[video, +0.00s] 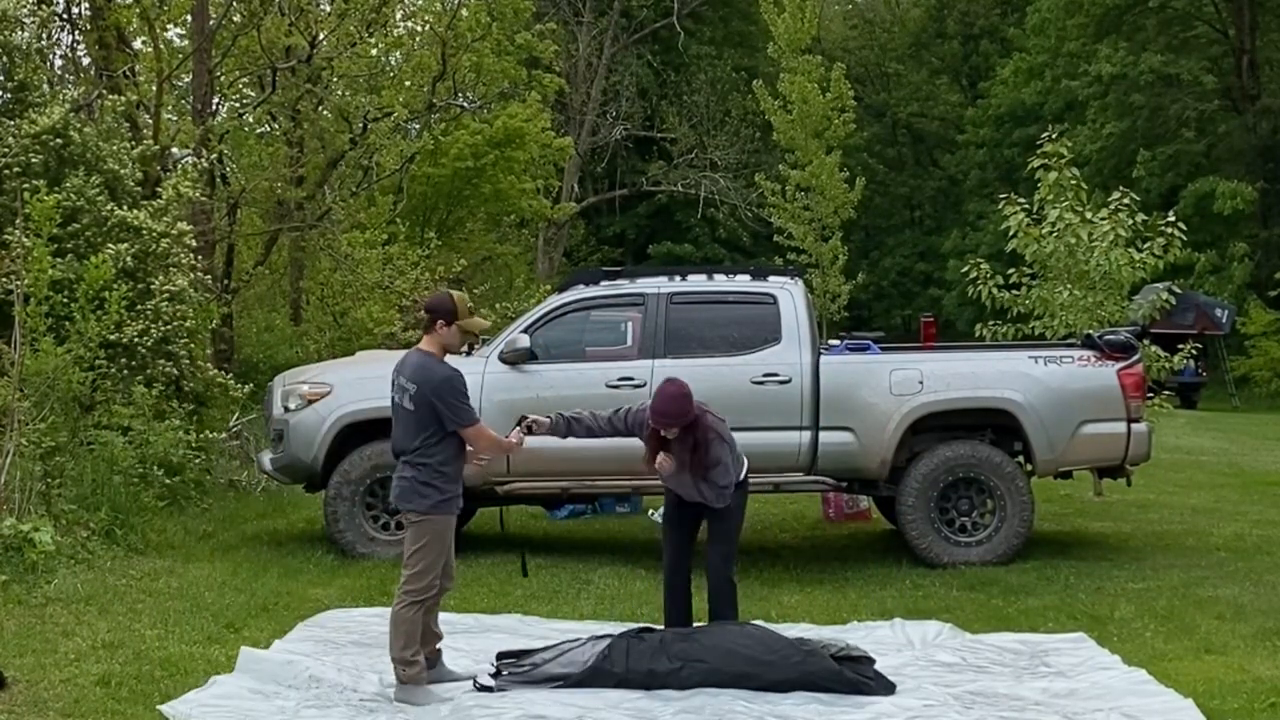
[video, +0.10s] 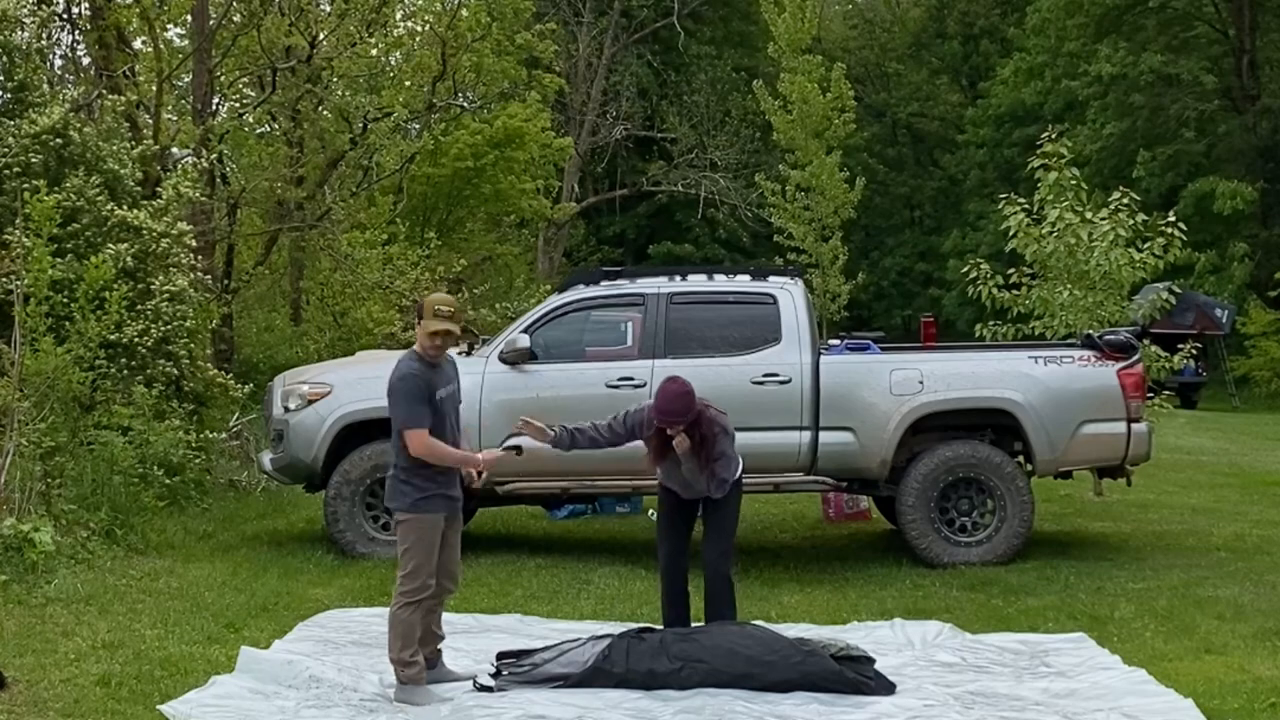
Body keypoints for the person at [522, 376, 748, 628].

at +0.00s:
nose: (665, 432)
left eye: (671, 427)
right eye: (660, 426)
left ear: (685, 420)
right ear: (653, 416)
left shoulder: (712, 435)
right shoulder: (647, 418)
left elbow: (719, 494)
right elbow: (601, 423)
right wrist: (551, 424)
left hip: (724, 491)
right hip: (681, 489)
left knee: (719, 570)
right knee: (675, 569)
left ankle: (725, 644)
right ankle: (677, 644)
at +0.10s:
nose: (669, 431)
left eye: (675, 426)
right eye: (664, 425)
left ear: (689, 418)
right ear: (656, 415)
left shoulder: (717, 428)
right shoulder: (648, 417)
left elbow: (717, 487)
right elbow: (604, 432)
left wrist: (688, 457)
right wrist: (553, 436)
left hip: (720, 488)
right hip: (675, 486)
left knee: (716, 564)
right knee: (671, 565)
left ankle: (722, 642)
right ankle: (677, 643)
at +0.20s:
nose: (682, 439)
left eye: (687, 433)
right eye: (674, 434)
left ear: (698, 422)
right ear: (664, 425)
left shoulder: (721, 435)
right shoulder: (648, 432)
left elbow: (740, 492)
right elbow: (620, 476)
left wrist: (701, 520)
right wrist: (596, 521)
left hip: (717, 494)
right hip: (672, 492)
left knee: (724, 564)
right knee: (671, 569)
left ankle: (732, 639)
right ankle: (676, 643)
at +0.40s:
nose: (702, 493)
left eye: (708, 487)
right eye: (696, 488)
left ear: (721, 478)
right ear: (686, 478)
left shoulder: (745, 477)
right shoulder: (674, 484)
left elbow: (755, 543)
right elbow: (680, 540)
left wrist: (733, 597)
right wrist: (681, 592)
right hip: (698, 505)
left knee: (764, 572)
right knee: (686, 570)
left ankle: (789, 647)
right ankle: (680, 638)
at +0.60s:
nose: (709, 488)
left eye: (716, 482)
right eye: (703, 482)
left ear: (730, 471)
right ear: (694, 470)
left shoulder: (753, 471)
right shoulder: (680, 473)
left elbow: (770, 534)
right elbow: (669, 528)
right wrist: (669, 576)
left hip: (751, 499)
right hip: (703, 503)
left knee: (767, 567)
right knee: (687, 569)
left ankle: (789, 644)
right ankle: (681, 645)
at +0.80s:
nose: (732, 464)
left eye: (738, 458)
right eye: (726, 458)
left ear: (752, 447)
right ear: (717, 447)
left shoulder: (775, 457)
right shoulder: (710, 455)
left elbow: (786, 527)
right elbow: (704, 504)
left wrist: (743, 560)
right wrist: (700, 539)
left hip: (794, 493)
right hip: (748, 493)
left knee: (790, 562)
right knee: (717, 554)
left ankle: (794, 636)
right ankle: (717, 628)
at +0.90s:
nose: (740, 471)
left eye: (745, 465)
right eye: (734, 465)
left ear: (759, 455)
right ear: (725, 457)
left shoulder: (785, 462)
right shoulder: (719, 465)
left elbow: (802, 535)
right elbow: (720, 511)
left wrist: (764, 576)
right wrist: (707, 552)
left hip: (808, 493)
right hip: (763, 495)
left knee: (798, 571)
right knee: (756, 571)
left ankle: (797, 639)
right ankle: (773, 634)